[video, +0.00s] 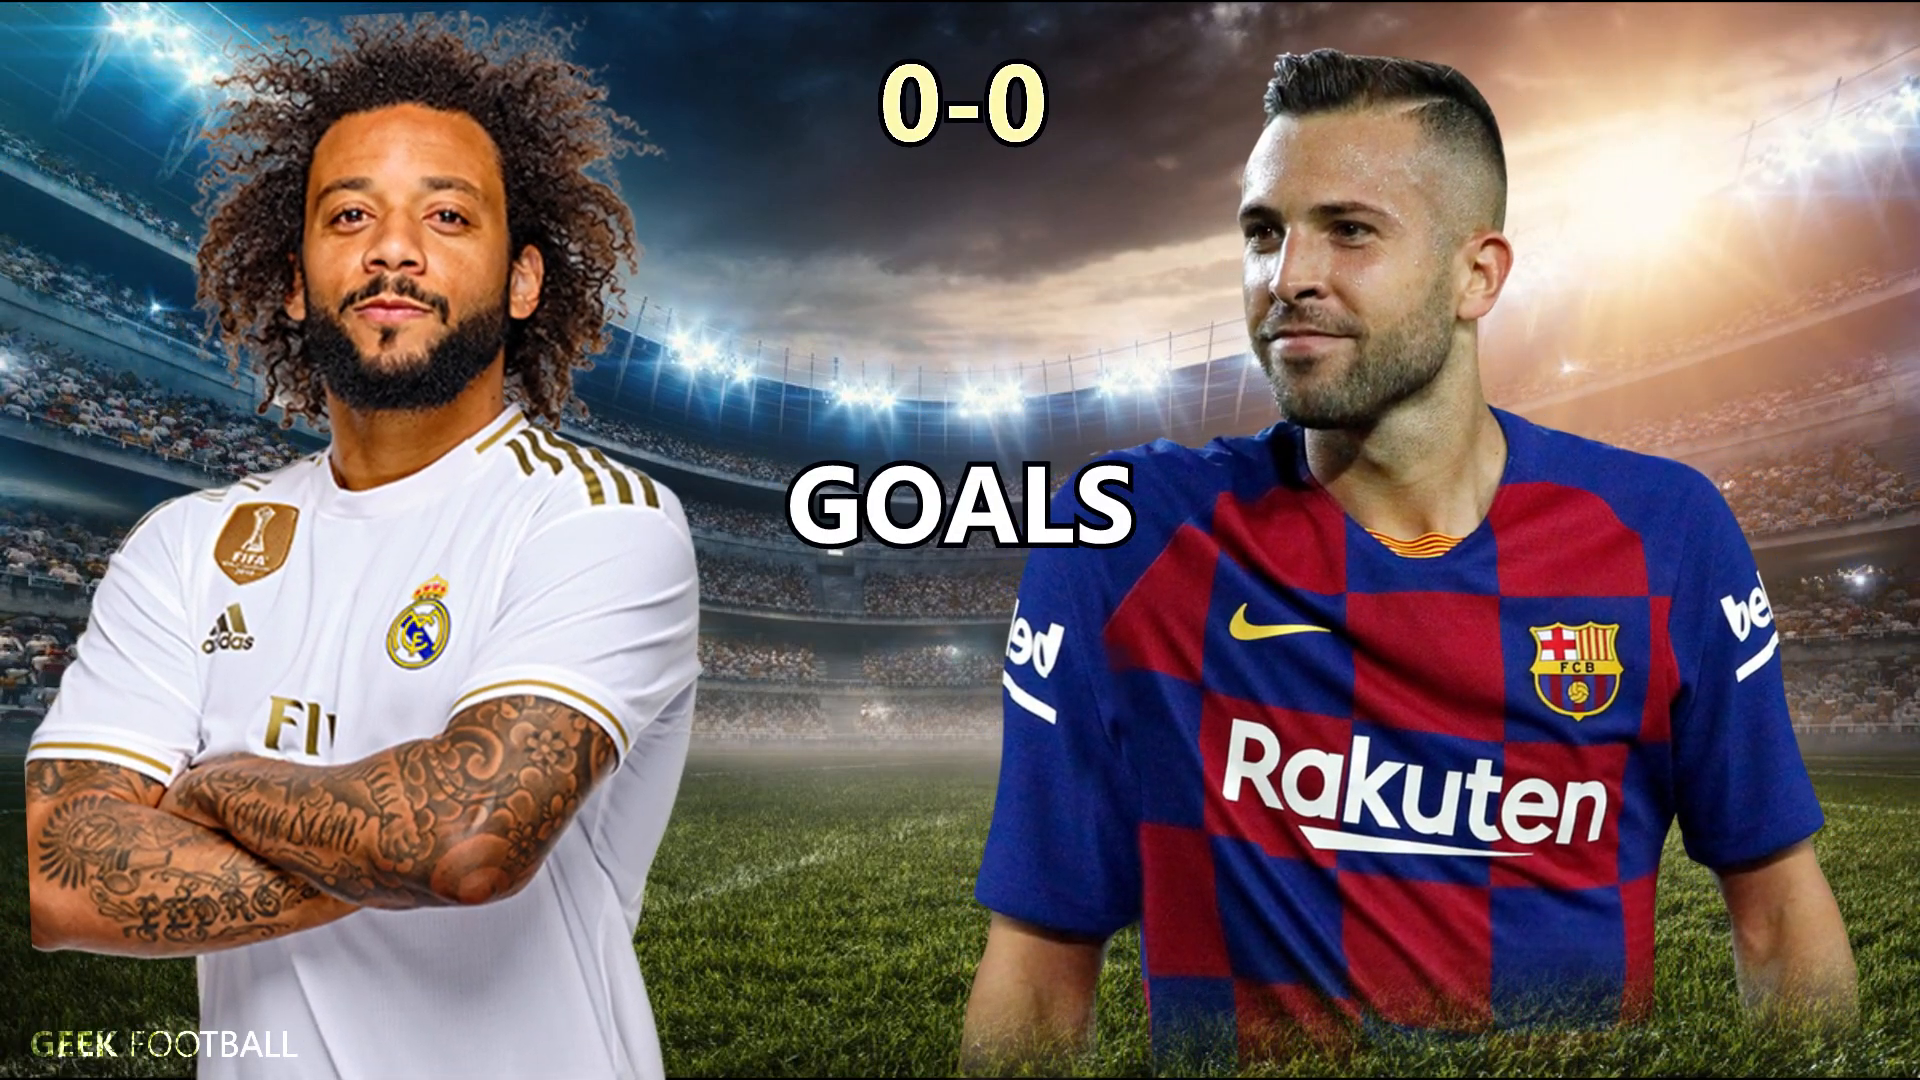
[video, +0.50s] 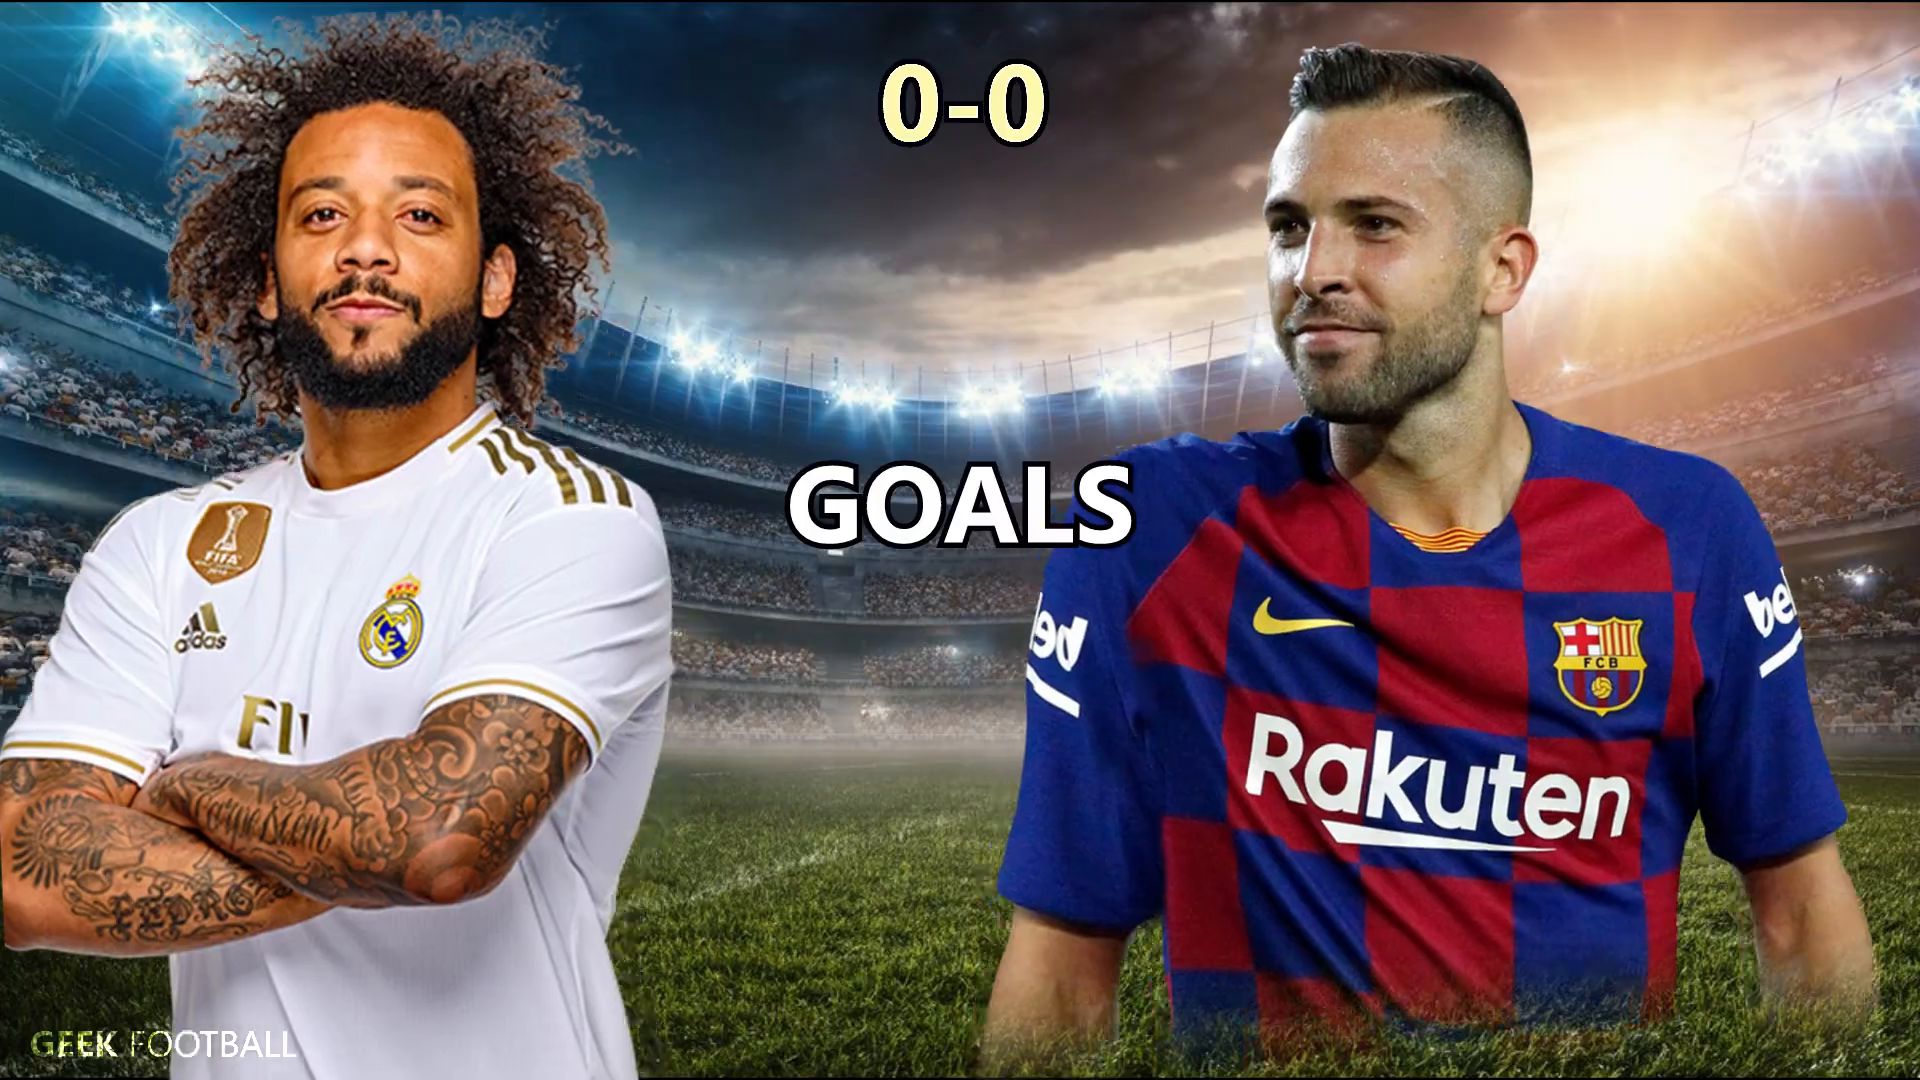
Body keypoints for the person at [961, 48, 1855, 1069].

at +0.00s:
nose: (1286, 278)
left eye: (1349, 231)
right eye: (1264, 235)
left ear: (1480, 274)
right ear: (1240, 256)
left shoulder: (1668, 535)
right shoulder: (1123, 540)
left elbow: (1780, 913)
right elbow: (1039, 967)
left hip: (1571, 1052)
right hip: (1242, 1052)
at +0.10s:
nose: (1288, 277)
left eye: (1352, 231)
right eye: (1267, 234)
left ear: (1482, 274)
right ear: (1242, 257)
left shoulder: (1671, 536)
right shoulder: (1126, 541)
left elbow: (1785, 917)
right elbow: (1041, 970)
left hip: (1575, 1054)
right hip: (1248, 1054)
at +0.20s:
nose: (1291, 277)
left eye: (1354, 231)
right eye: (1269, 234)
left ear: (1484, 274)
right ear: (1244, 256)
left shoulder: (1673, 536)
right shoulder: (1128, 539)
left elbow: (1786, 917)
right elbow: (1043, 966)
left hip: (1576, 1053)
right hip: (1244, 1053)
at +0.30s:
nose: (1292, 277)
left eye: (1355, 231)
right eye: (1270, 234)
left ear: (1486, 274)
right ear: (1245, 256)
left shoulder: (1673, 536)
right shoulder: (1129, 540)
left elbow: (1786, 911)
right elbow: (1046, 963)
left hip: (1579, 1057)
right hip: (1247, 1054)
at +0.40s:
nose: (1294, 277)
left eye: (1356, 231)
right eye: (1271, 234)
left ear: (1486, 273)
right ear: (1245, 256)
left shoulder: (1674, 536)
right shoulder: (1130, 539)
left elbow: (1786, 910)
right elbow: (1046, 964)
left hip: (1581, 1057)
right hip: (1249, 1053)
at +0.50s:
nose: (1313, 272)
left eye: (1376, 226)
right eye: (1290, 229)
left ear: (1505, 269)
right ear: (1267, 251)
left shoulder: (1691, 531)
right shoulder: (1146, 533)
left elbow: (1803, 909)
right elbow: (1062, 958)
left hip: (1594, 1053)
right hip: (1260, 1054)